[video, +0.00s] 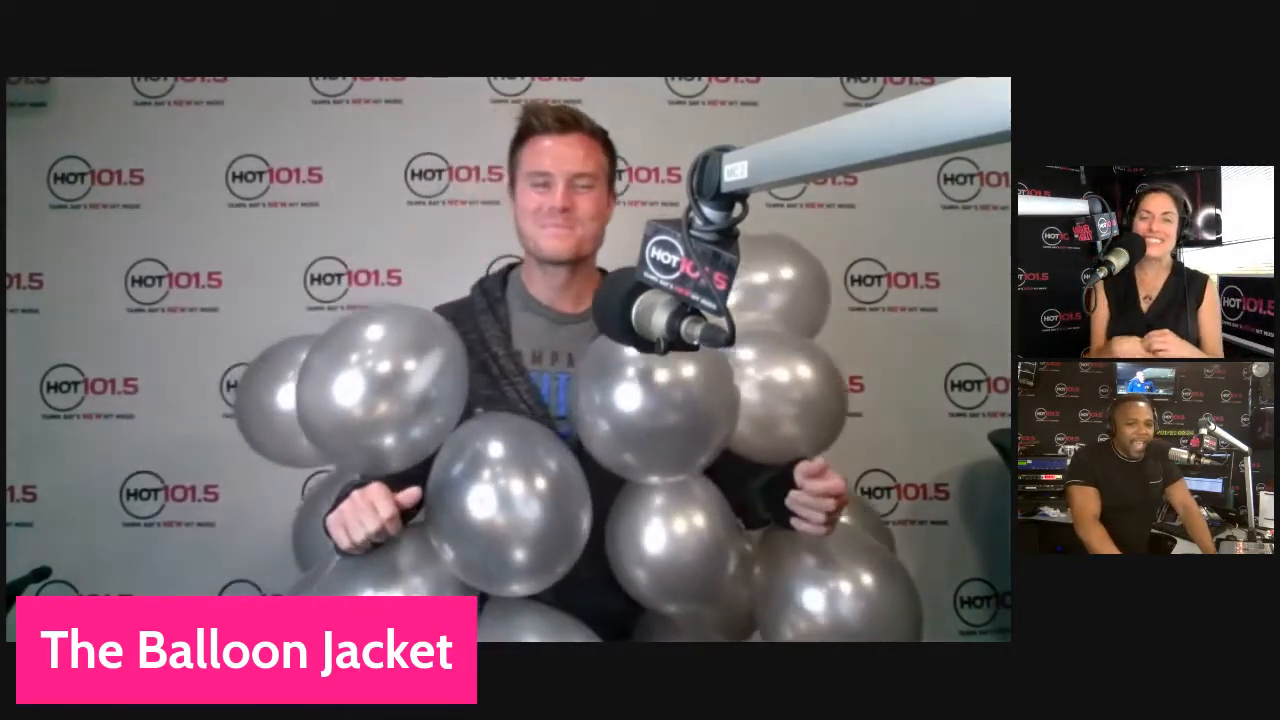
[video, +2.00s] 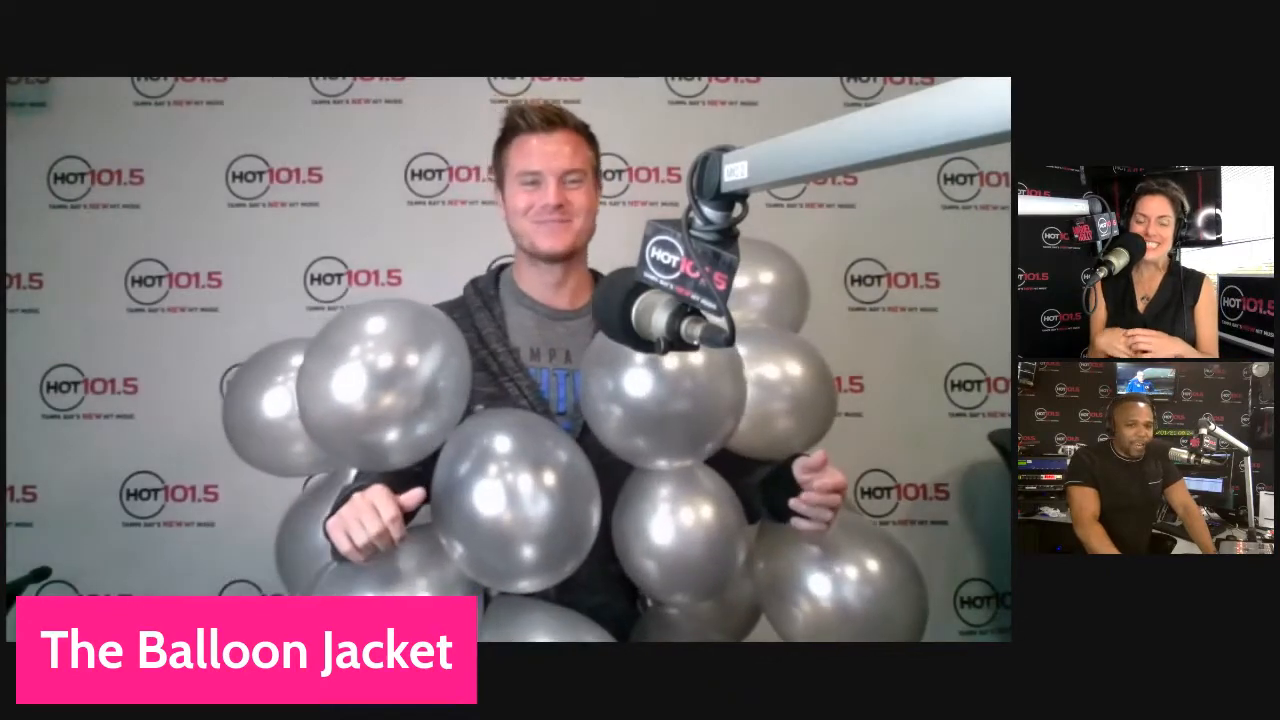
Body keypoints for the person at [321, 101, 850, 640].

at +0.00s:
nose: (559, 202)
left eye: (581, 184)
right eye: (539, 183)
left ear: (611, 200)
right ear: (512, 196)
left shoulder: (664, 320)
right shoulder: (448, 335)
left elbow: (717, 454)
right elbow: (385, 447)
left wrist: (786, 493)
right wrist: (354, 499)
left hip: (652, 617)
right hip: (504, 616)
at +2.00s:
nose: (552, 199)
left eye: (571, 179)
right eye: (530, 181)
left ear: (598, 193)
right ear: (501, 197)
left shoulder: (652, 317)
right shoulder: (445, 334)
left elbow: (704, 455)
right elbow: (396, 448)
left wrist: (782, 487)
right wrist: (357, 498)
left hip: (638, 611)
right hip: (493, 611)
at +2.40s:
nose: (553, 199)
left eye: (572, 181)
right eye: (531, 183)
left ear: (599, 196)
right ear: (502, 201)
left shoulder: (654, 318)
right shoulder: (449, 335)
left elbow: (708, 459)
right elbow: (412, 460)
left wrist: (788, 485)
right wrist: (353, 500)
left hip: (645, 612)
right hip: (505, 610)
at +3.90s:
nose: (546, 206)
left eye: (566, 187)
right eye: (525, 188)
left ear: (592, 201)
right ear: (493, 203)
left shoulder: (649, 325)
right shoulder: (435, 334)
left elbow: (716, 465)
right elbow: (389, 473)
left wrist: (829, 461)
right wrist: (273, 502)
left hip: (639, 614)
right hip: (495, 611)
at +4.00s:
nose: (546, 206)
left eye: (566, 188)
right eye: (525, 189)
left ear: (593, 201)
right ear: (493, 204)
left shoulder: (650, 326)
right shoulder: (433, 335)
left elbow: (717, 465)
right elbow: (388, 475)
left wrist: (829, 461)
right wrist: (273, 501)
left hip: (638, 616)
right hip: (491, 612)